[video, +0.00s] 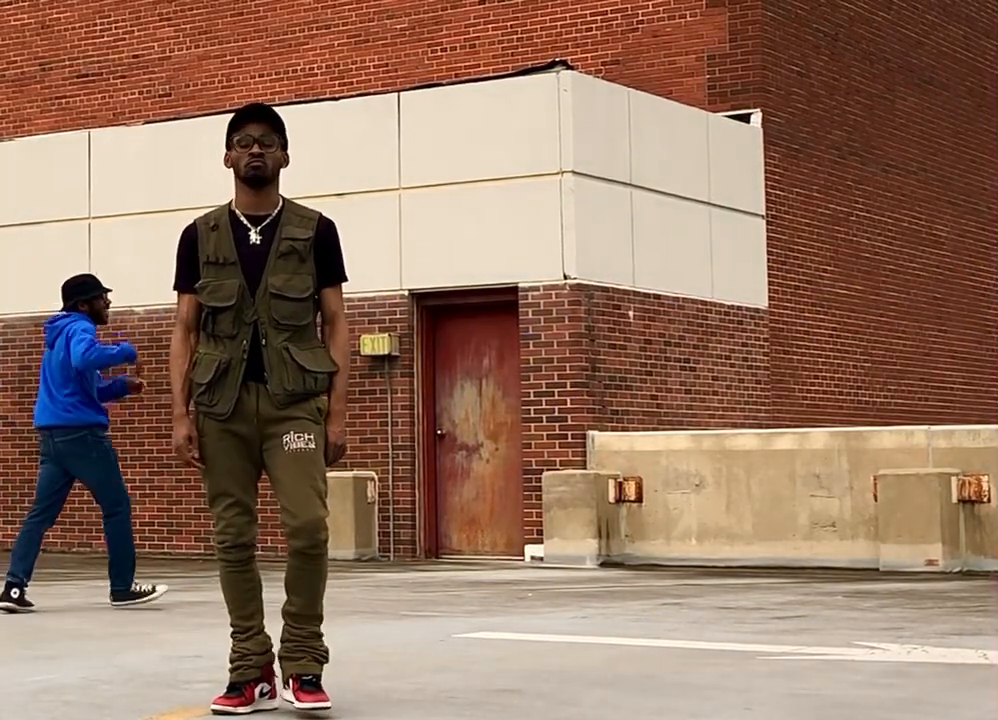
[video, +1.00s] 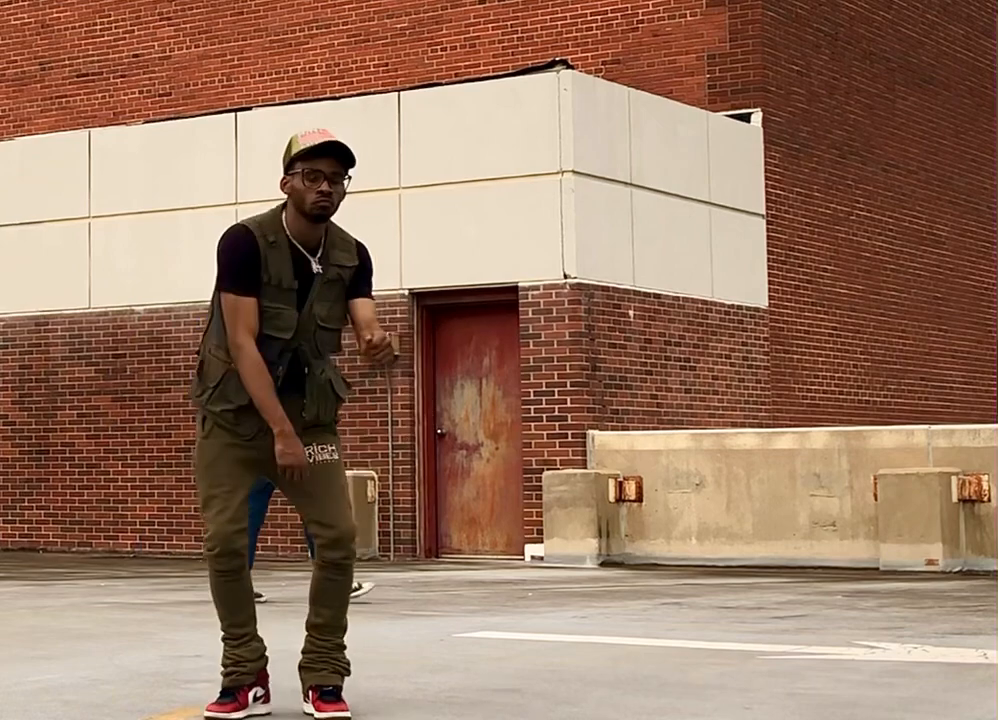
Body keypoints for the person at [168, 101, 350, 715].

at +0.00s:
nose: (255, 151)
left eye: (266, 143)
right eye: (244, 144)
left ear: (284, 156)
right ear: (228, 158)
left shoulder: (314, 229)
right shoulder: (199, 234)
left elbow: (336, 320)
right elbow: (184, 328)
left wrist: (336, 403)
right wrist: (180, 411)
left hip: (296, 403)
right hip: (221, 405)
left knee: (309, 529)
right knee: (232, 540)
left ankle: (303, 664)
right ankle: (249, 668)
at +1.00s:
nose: (324, 188)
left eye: (335, 180)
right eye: (312, 177)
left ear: (346, 188)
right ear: (286, 181)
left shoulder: (352, 256)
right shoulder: (244, 243)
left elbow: (366, 324)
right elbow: (242, 346)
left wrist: (378, 342)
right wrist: (282, 430)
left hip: (310, 415)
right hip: (234, 414)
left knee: (337, 542)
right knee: (224, 544)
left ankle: (324, 677)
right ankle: (244, 674)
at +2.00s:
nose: (295, 169)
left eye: (305, 163)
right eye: (283, 161)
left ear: (315, 179)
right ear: (262, 174)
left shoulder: (327, 241)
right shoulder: (231, 240)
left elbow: (365, 258)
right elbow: (237, 322)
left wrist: (363, 234)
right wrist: (286, 387)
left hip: (325, 410)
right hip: (252, 414)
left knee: (345, 541)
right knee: (249, 547)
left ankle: (330, 675)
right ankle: (253, 669)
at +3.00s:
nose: (276, 196)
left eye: (286, 186)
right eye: (267, 187)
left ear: (308, 186)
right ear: (256, 193)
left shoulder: (335, 223)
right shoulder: (255, 260)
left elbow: (342, 224)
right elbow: (217, 311)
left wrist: (298, 234)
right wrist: (255, 294)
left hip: (323, 400)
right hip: (261, 401)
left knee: (322, 535)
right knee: (238, 509)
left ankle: (322, 655)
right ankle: (248, 642)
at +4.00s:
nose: (259, 182)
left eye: (269, 174)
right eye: (248, 173)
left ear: (282, 185)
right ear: (230, 182)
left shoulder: (290, 242)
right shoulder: (203, 222)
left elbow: (324, 268)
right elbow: (162, 245)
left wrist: (299, 253)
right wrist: (232, 289)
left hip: (284, 410)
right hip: (216, 412)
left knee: (328, 510)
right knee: (202, 545)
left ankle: (308, 652)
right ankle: (206, 656)